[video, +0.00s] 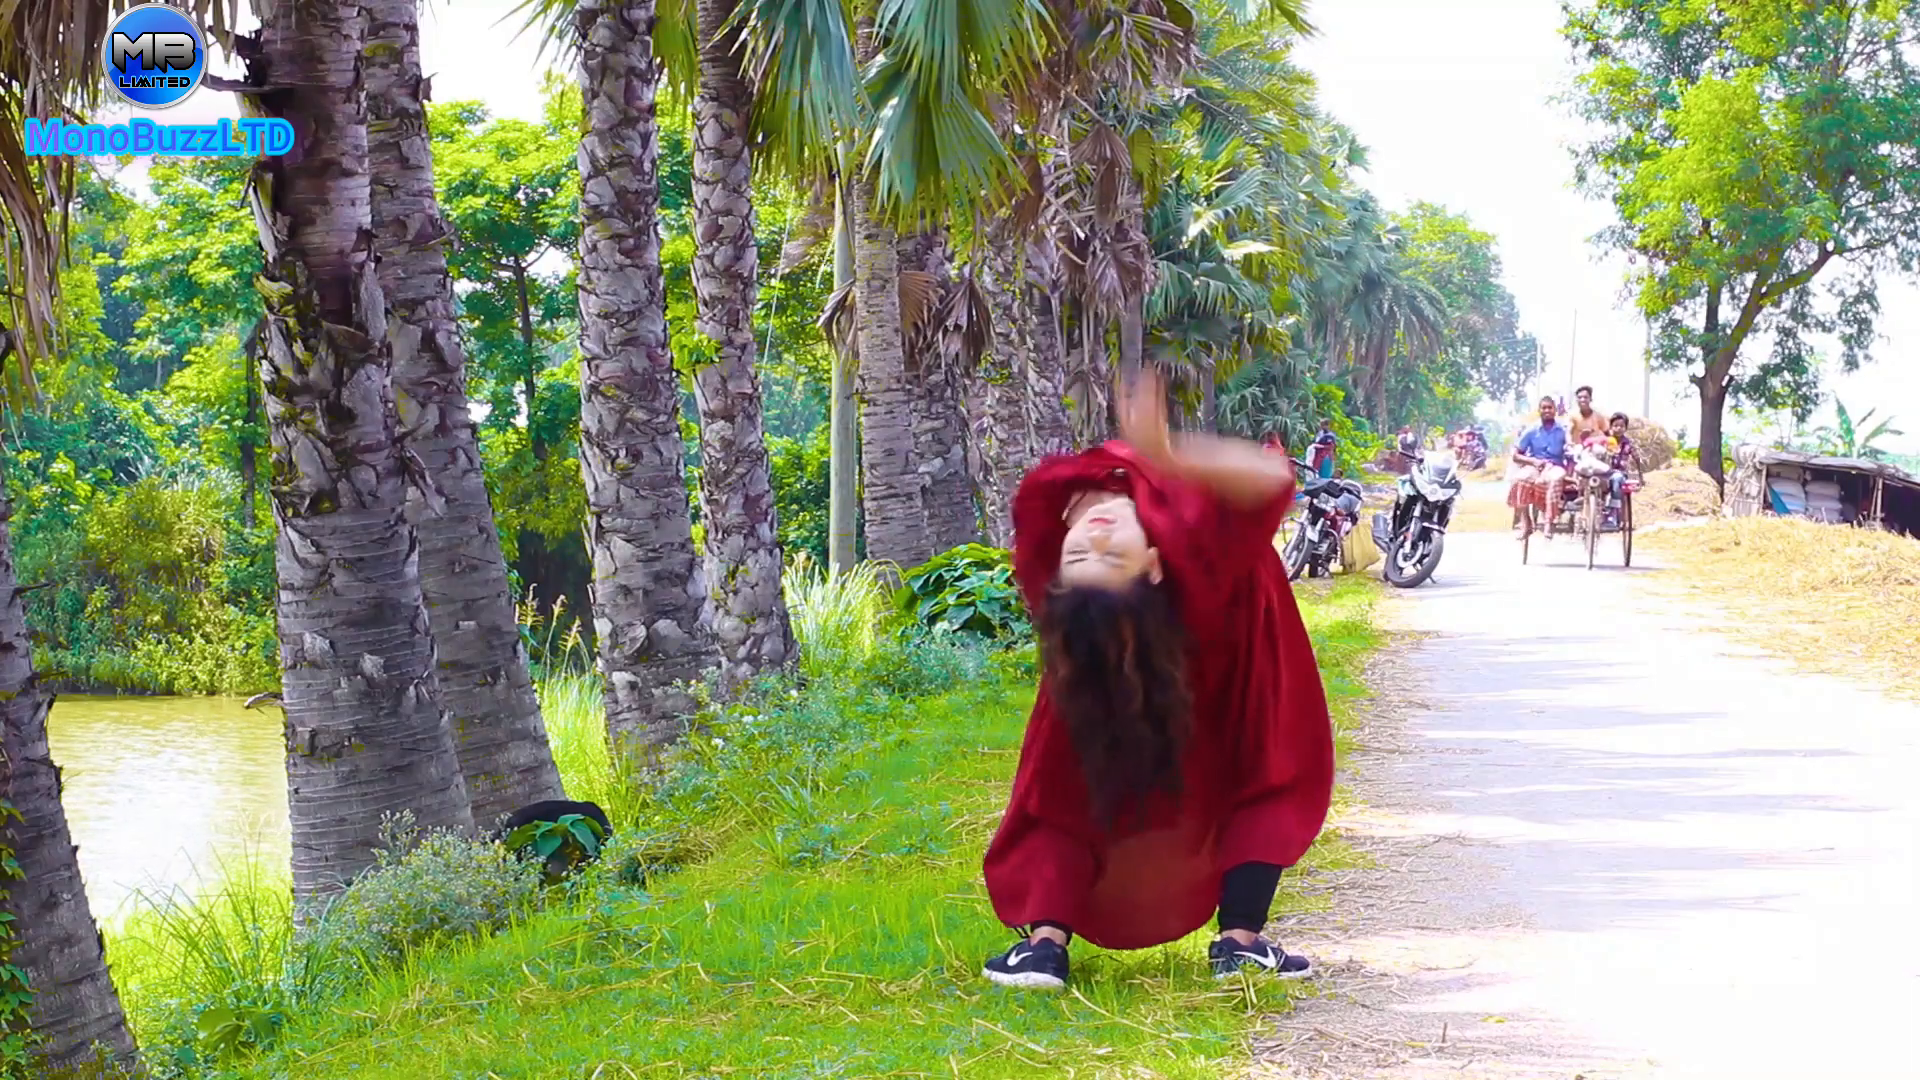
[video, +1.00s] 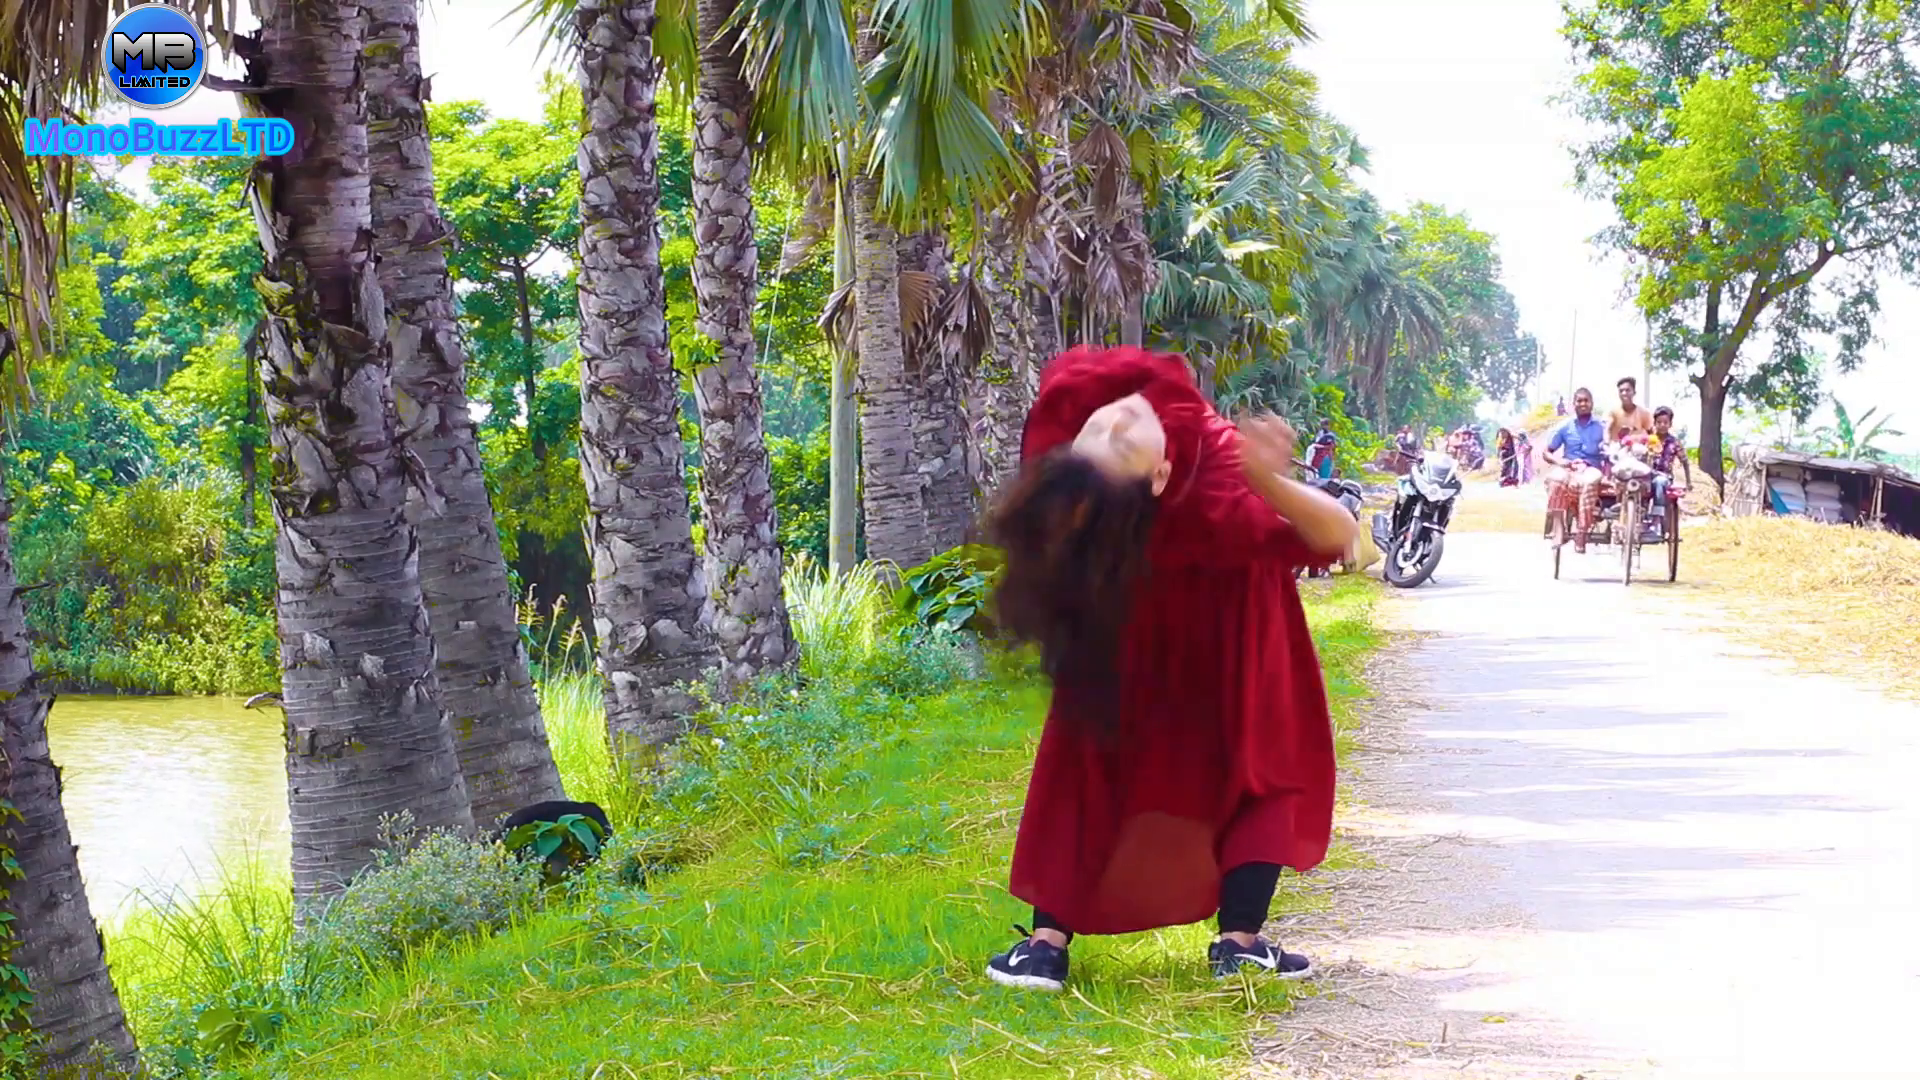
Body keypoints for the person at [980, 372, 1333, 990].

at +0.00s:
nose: (1093, 525)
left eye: (1075, 546)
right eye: (1109, 546)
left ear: (1060, 559)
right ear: (1154, 562)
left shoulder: (1046, 525)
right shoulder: (1204, 513)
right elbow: (1274, 478)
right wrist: (1173, 457)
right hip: (1236, 639)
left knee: (1063, 775)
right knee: (1278, 768)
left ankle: (1044, 941)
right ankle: (1242, 937)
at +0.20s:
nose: (1080, 550)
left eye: (1061, 573)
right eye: (1095, 578)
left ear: (1039, 571)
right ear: (1130, 594)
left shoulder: (1029, 478)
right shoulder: (1194, 576)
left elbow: (1002, 402)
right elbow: (1310, 562)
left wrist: (1105, 374)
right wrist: (1307, 572)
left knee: (1066, 768)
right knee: (1258, 766)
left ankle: (1043, 944)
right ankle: (1241, 938)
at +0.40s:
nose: (1105, 557)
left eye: (1089, 576)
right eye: (1126, 575)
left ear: (1069, 580)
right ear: (1163, 571)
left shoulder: (1054, 509)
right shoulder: (1214, 507)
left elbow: (971, 413)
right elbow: (1282, 552)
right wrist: (1287, 485)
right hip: (1211, 676)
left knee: (1050, 773)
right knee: (1250, 776)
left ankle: (1040, 943)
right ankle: (1239, 936)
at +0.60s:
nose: (1131, 513)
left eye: (1115, 538)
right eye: (1156, 532)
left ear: (1092, 561)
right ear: (1181, 531)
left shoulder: (1060, 528)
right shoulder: (1207, 466)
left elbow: (982, 509)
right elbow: (1292, 403)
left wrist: (1017, 470)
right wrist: (1188, 440)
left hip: (1103, 681)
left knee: (1060, 785)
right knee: (1261, 766)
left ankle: (1040, 942)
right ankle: (1241, 934)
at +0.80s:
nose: (1115, 473)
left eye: (1098, 494)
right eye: (1134, 496)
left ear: (1078, 507)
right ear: (1166, 511)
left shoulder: (1060, 465)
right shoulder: (1223, 469)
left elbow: (1056, 558)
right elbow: (1303, 402)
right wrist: (1220, 339)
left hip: (1118, 635)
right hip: (1239, 627)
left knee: (1083, 774)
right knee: (1267, 765)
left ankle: (1043, 944)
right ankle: (1242, 938)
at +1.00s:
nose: (1116, 420)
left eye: (1097, 442)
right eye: (1130, 445)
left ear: (1064, 454)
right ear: (1158, 479)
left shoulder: (1063, 401)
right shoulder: (1224, 485)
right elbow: (1338, 536)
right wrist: (1270, 478)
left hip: (1124, 591)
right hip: (1235, 592)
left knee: (1080, 747)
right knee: (1266, 756)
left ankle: (1046, 941)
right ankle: (1242, 940)